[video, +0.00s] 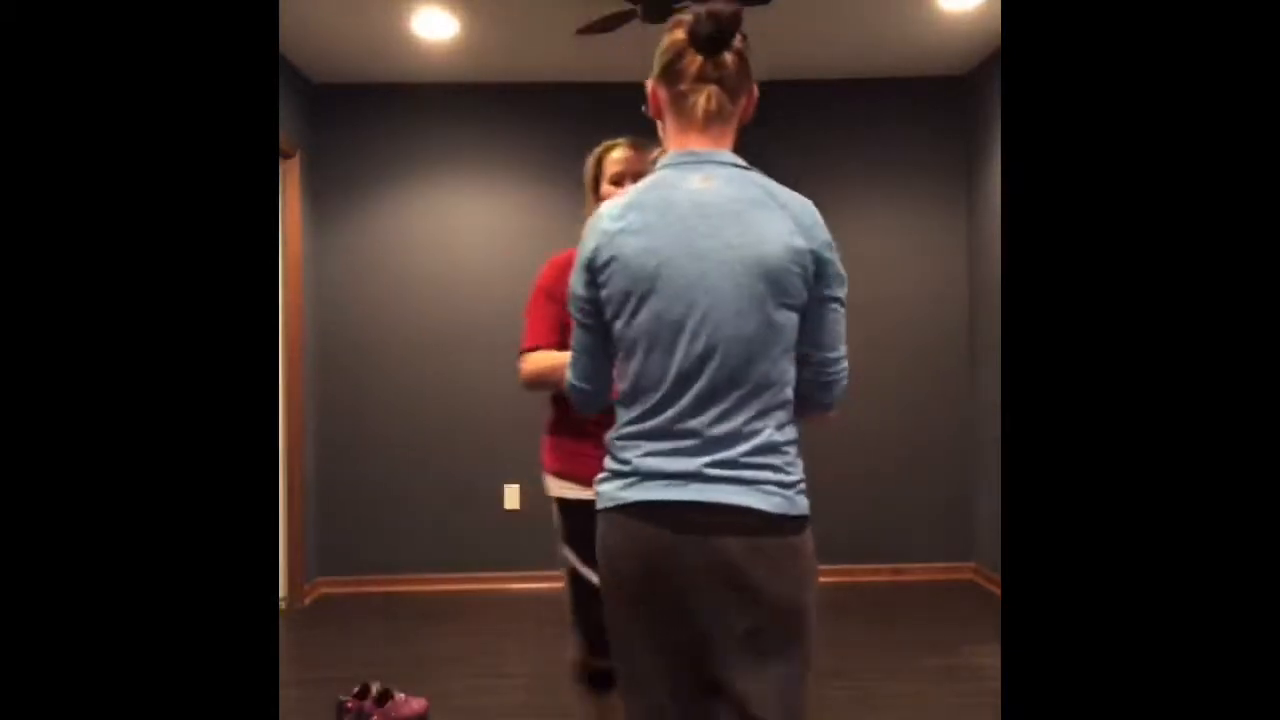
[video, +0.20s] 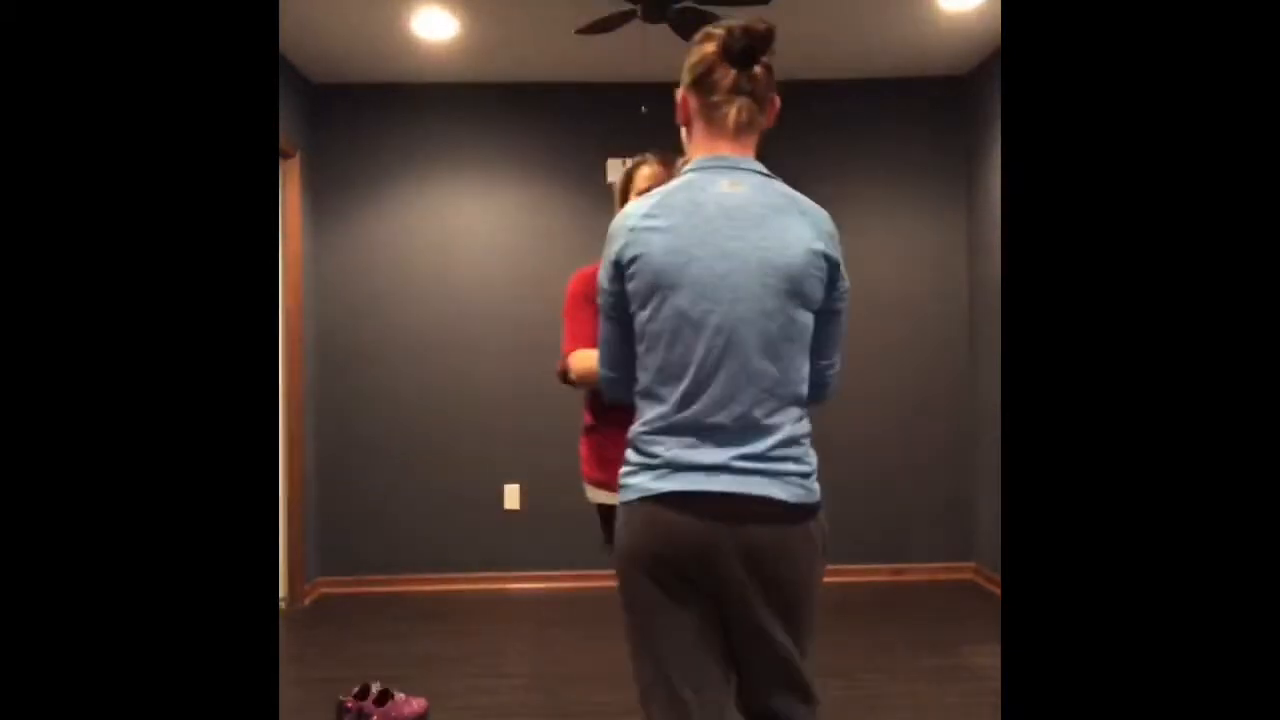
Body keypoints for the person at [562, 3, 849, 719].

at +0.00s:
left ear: (654, 100)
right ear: (748, 103)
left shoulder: (610, 226)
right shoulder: (799, 218)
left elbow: (587, 389)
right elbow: (822, 388)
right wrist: (741, 387)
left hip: (638, 525)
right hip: (763, 526)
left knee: (656, 708)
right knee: (770, 707)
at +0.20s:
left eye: (679, 106)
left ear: (683, 108)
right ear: (771, 114)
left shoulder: (635, 225)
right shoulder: (813, 224)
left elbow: (615, 383)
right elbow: (819, 383)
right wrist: (737, 376)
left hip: (660, 509)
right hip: (777, 512)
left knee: (682, 707)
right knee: (785, 705)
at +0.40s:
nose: (697, 132)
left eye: (698, 121)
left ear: (704, 121)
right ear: (785, 130)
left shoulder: (655, 232)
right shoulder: (821, 233)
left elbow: (638, 382)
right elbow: (824, 372)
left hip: (684, 504)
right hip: (794, 504)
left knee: (696, 695)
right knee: (800, 699)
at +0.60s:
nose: (688, 144)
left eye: (690, 132)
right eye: (693, 133)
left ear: (702, 134)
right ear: (775, 145)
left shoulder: (657, 236)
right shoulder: (814, 239)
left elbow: (631, 383)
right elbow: (815, 376)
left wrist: (699, 368)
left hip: (685, 509)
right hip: (791, 506)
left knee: (685, 666)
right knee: (791, 680)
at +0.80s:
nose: (658, 170)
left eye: (659, 158)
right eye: (659, 159)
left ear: (673, 158)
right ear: (737, 163)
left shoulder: (634, 250)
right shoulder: (778, 250)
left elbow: (611, 385)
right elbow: (767, 353)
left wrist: (683, 364)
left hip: (660, 506)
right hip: (759, 498)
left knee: (653, 688)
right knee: (773, 685)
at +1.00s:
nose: (612, 193)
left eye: (618, 180)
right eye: (614, 180)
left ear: (644, 184)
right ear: (687, 186)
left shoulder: (606, 263)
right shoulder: (724, 265)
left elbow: (571, 379)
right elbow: (720, 358)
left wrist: (627, 383)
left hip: (615, 490)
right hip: (701, 485)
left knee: (622, 664)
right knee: (717, 653)